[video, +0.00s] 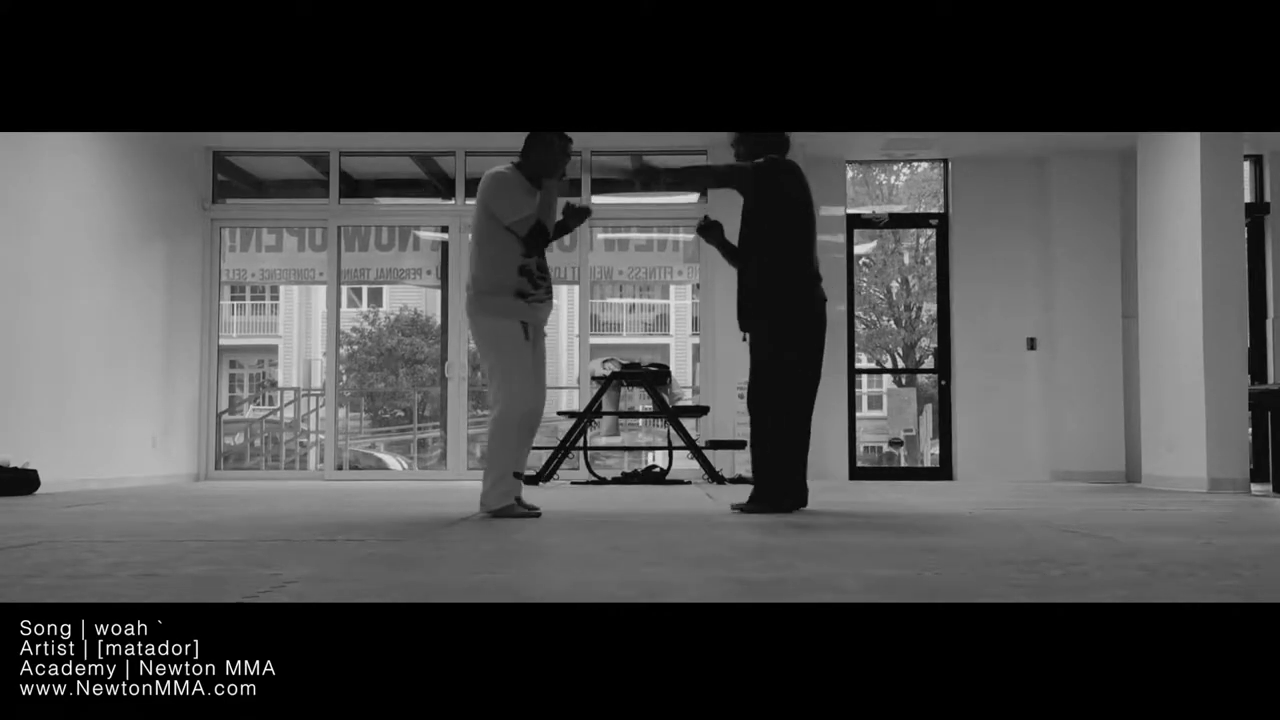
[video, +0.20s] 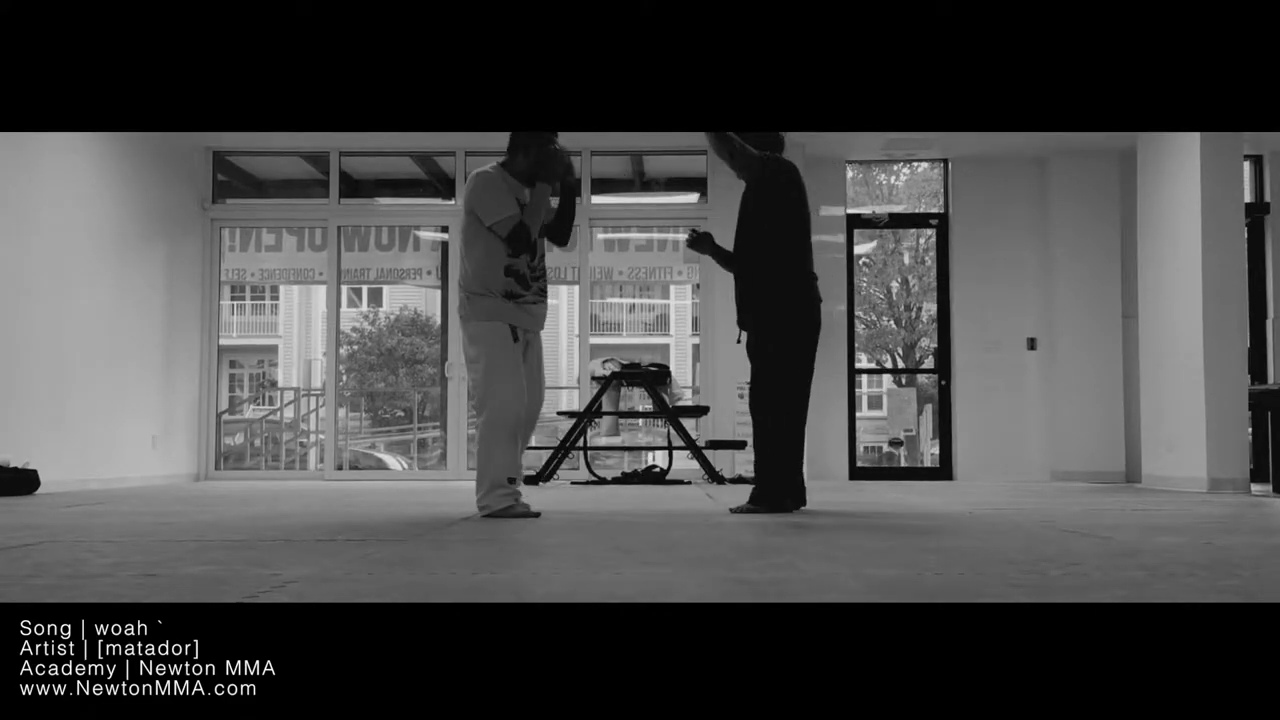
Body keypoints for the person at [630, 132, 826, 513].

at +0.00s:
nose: (735, 148)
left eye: (739, 141)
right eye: (735, 142)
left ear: (755, 143)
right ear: (774, 143)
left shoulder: (770, 174)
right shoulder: (782, 182)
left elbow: (712, 176)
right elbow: (754, 265)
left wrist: (659, 175)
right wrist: (720, 241)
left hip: (783, 313)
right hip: (792, 312)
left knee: (771, 402)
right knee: (783, 403)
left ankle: (775, 495)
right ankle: (784, 493)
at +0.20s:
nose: (735, 160)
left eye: (737, 150)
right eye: (733, 154)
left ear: (752, 146)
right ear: (773, 144)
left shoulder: (773, 174)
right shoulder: (771, 182)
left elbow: (725, 145)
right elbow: (753, 266)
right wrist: (713, 249)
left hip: (783, 312)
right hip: (781, 311)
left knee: (772, 402)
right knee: (779, 403)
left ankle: (774, 495)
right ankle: (784, 493)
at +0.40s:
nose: (727, 156)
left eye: (730, 148)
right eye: (727, 149)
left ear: (745, 146)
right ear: (766, 146)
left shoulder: (768, 173)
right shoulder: (771, 183)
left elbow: (716, 162)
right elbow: (753, 266)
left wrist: (694, 131)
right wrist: (715, 248)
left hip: (787, 311)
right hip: (787, 310)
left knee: (776, 401)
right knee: (784, 401)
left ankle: (777, 495)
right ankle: (786, 494)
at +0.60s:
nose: (730, 153)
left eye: (733, 145)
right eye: (730, 146)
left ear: (747, 145)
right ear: (768, 146)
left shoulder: (759, 176)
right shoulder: (779, 181)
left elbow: (695, 188)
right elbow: (768, 257)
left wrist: (632, 187)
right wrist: (725, 249)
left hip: (777, 313)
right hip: (794, 310)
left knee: (770, 401)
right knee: (786, 401)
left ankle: (775, 496)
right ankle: (787, 494)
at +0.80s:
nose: (729, 152)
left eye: (732, 144)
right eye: (728, 146)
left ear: (748, 143)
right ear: (768, 145)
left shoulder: (755, 176)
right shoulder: (783, 181)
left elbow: (714, 218)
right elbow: (772, 253)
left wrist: (663, 239)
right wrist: (729, 251)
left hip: (767, 315)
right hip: (795, 312)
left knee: (736, 386)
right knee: (784, 398)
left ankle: (759, 490)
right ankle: (785, 493)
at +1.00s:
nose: (723, 151)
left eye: (726, 143)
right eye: (722, 145)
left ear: (743, 143)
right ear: (762, 145)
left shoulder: (747, 175)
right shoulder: (776, 180)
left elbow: (707, 208)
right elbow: (765, 258)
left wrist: (688, 217)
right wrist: (720, 254)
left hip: (760, 320)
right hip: (787, 317)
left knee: (731, 392)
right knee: (782, 404)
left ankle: (733, 488)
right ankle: (786, 492)